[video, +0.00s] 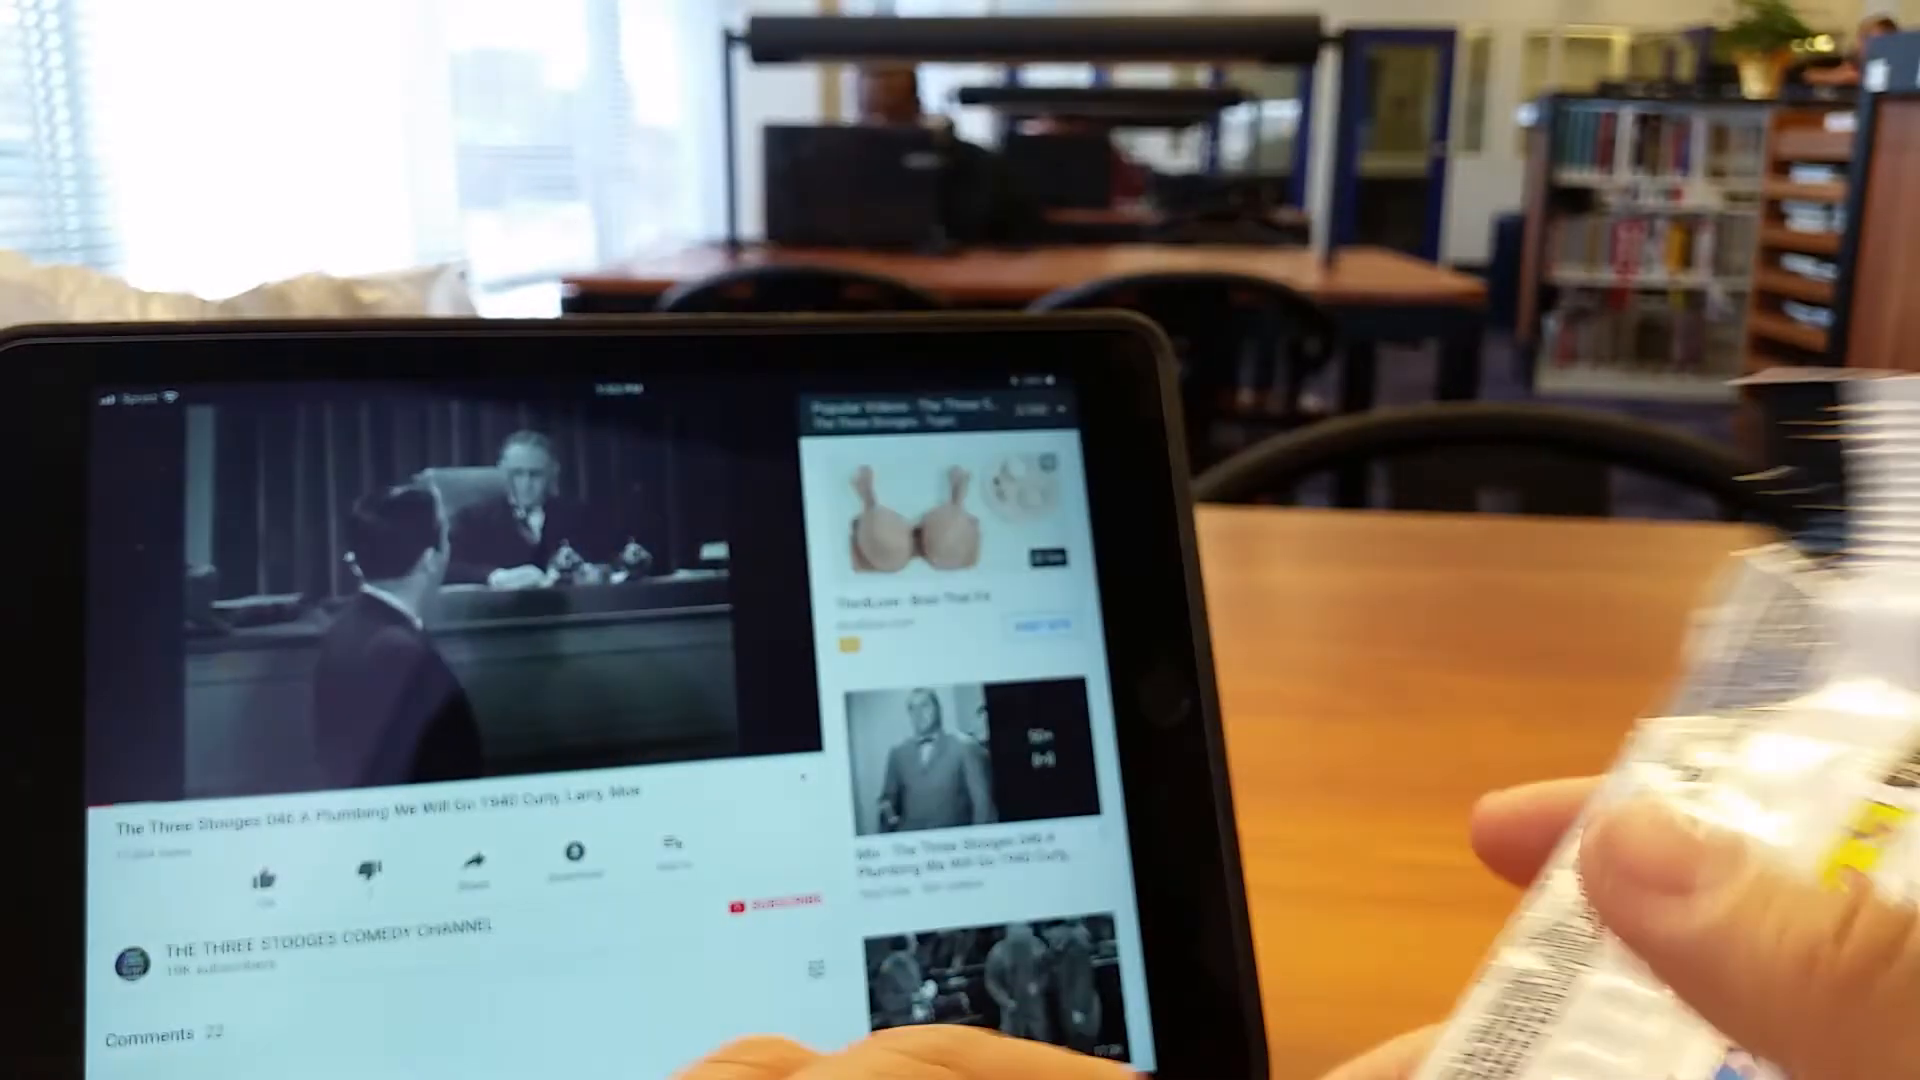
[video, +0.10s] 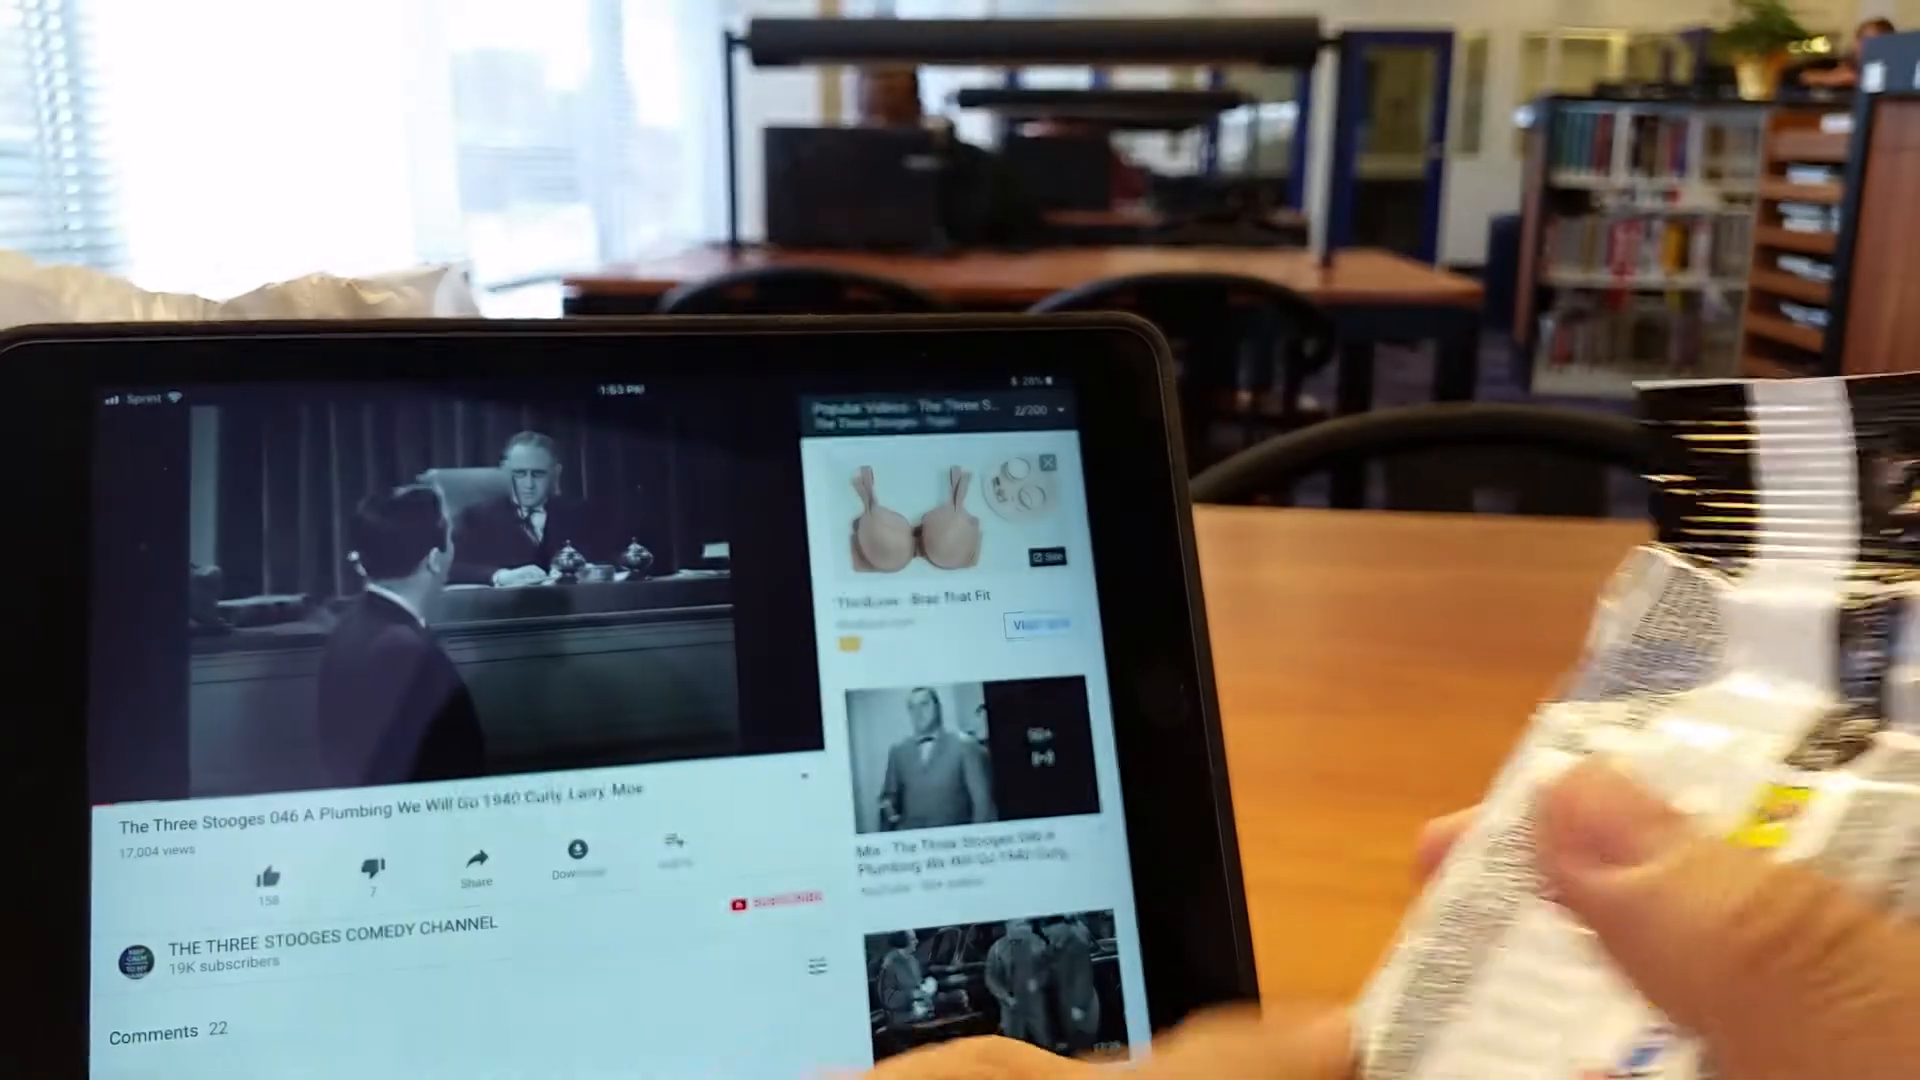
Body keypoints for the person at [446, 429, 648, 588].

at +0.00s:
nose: (524, 484)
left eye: (534, 475)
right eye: (516, 474)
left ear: (552, 476)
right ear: (503, 474)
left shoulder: (577, 518)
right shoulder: (476, 521)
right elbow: (451, 569)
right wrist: (493, 577)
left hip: (570, 628)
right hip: (501, 633)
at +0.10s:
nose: (528, 484)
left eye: (538, 474)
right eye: (519, 474)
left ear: (556, 473)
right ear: (506, 472)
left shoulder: (579, 515)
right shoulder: (479, 519)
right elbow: (453, 570)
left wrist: (587, 570)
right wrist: (498, 576)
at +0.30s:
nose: (533, 484)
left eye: (543, 475)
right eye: (524, 474)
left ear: (560, 473)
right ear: (511, 470)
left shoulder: (586, 515)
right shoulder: (483, 519)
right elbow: (456, 568)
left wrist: (591, 568)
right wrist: (504, 575)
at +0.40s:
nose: (534, 484)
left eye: (544, 475)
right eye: (525, 474)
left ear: (561, 473)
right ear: (512, 471)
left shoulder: (587, 515)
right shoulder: (484, 519)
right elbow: (457, 568)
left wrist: (590, 569)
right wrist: (504, 575)